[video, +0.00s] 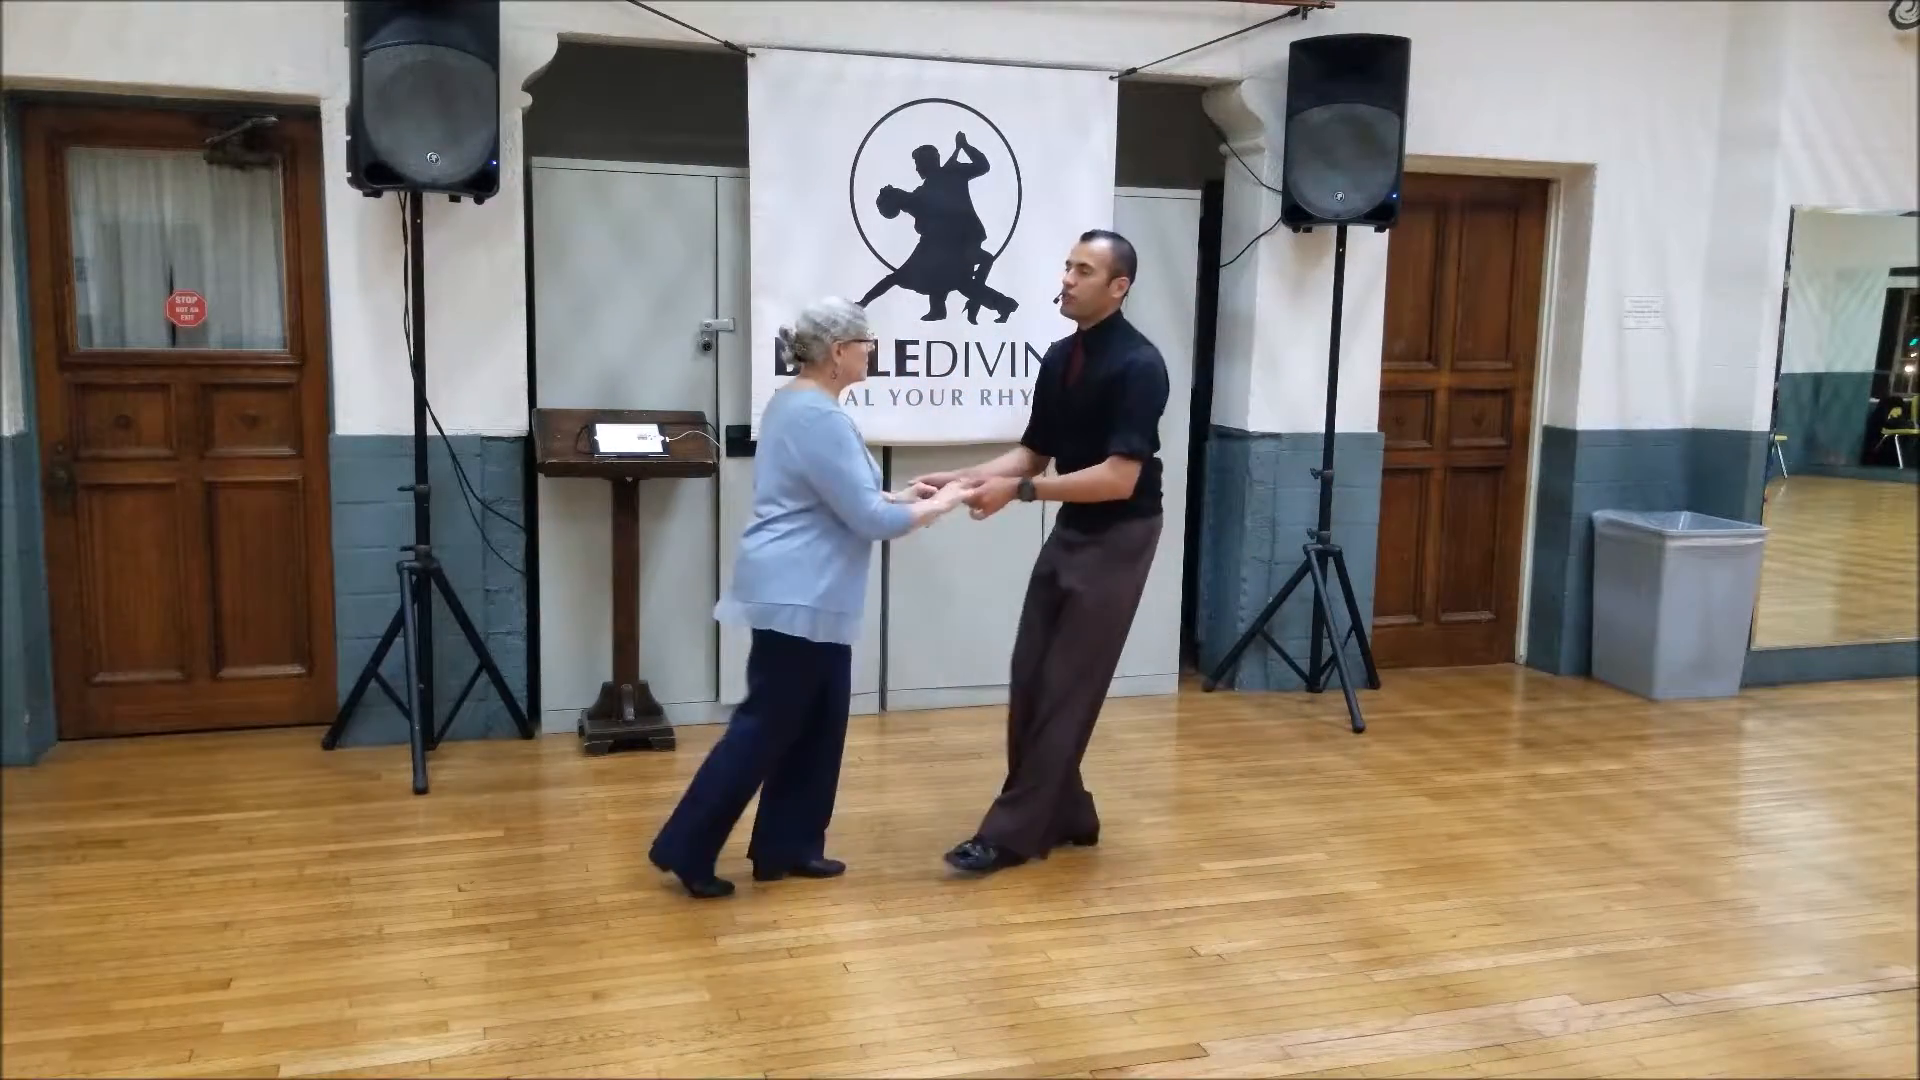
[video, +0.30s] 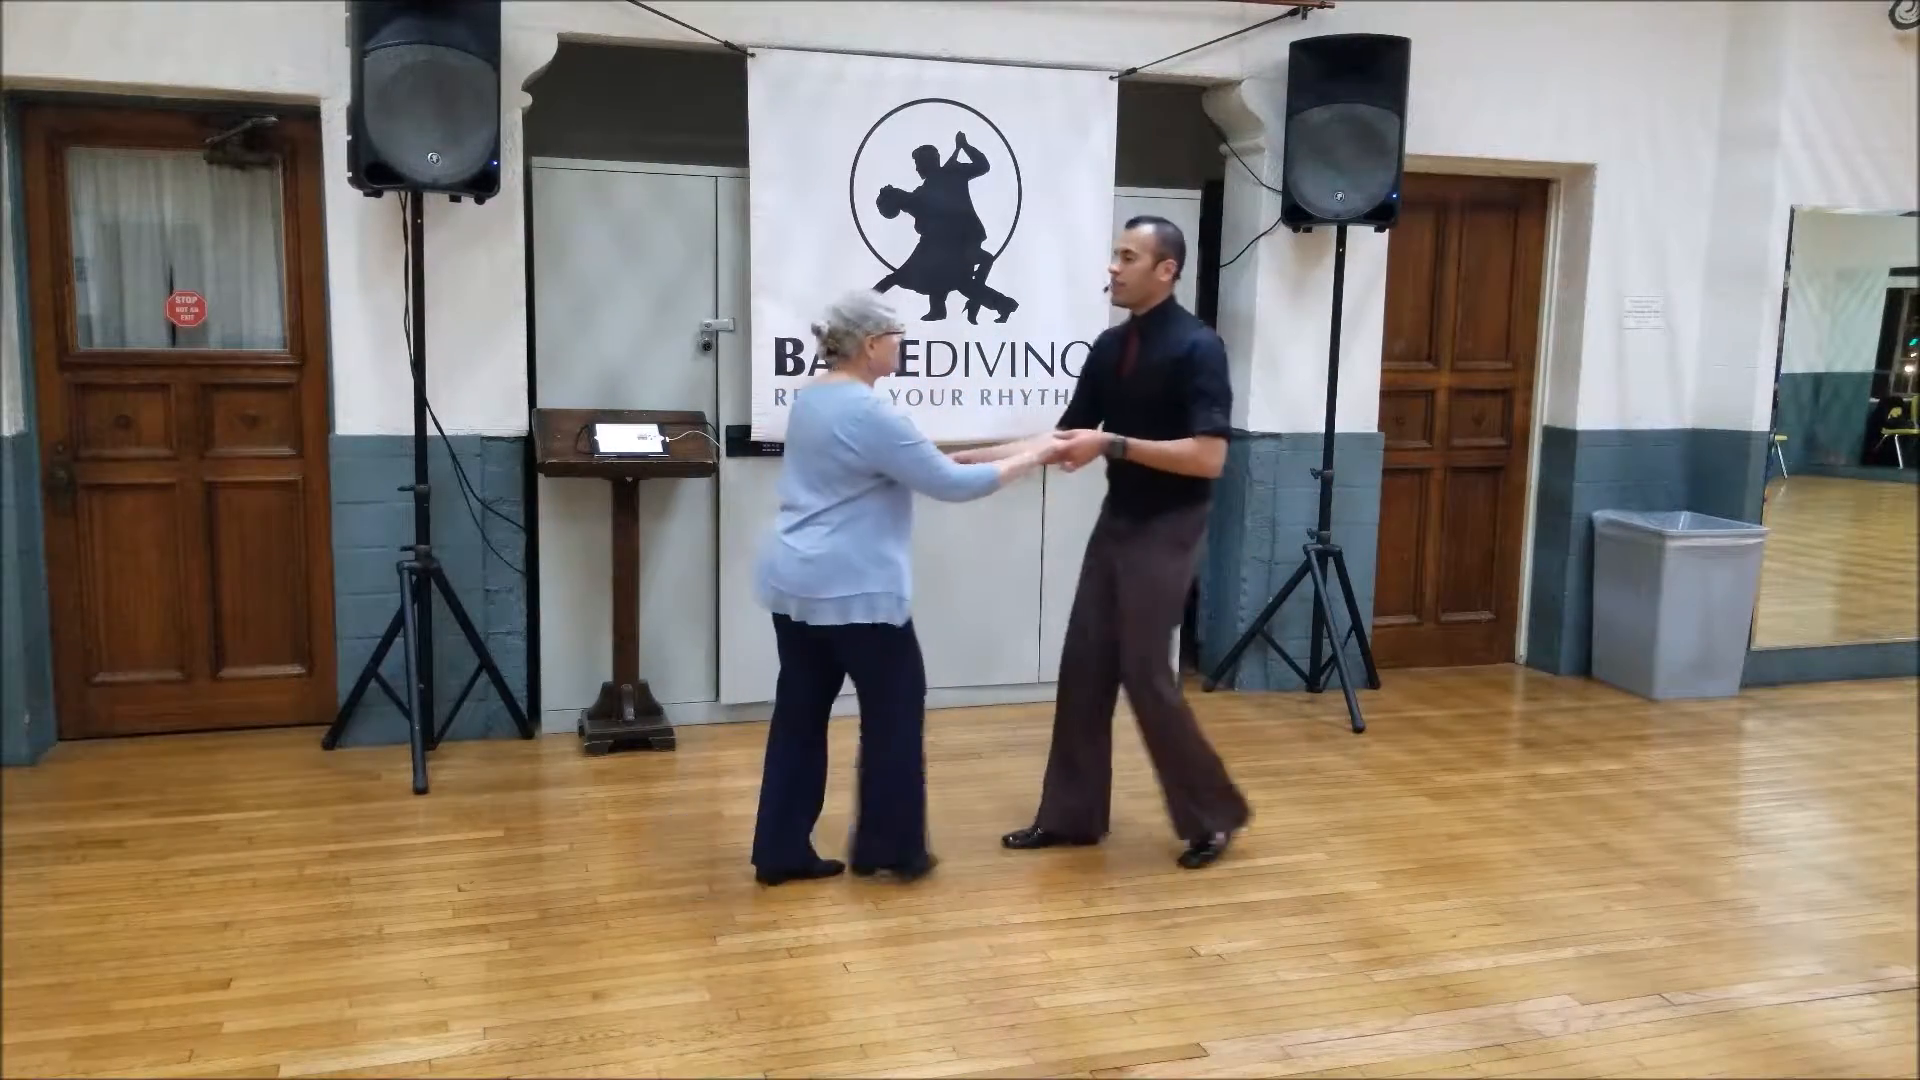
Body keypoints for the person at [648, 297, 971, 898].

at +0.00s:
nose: (872, 353)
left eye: (870, 344)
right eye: (865, 344)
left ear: (829, 351)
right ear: (835, 351)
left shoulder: (796, 406)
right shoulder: (818, 417)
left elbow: (848, 502)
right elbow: (870, 518)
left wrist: (909, 493)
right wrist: (932, 509)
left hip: (812, 594)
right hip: (800, 596)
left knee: (819, 723)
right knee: (770, 724)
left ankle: (785, 848)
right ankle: (685, 847)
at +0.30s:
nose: (900, 348)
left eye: (898, 338)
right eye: (893, 338)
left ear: (845, 343)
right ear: (864, 343)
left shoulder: (810, 400)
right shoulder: (870, 415)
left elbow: (911, 458)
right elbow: (953, 483)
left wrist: (1000, 451)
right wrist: (1032, 457)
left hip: (795, 586)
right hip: (860, 591)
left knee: (798, 717)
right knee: (897, 707)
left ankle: (781, 852)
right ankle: (889, 847)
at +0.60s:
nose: (956, 352)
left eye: (955, 341)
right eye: (950, 342)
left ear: (909, 347)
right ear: (921, 347)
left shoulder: (873, 406)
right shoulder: (923, 418)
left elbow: (947, 487)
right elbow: (983, 505)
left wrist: (1021, 488)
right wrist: (1051, 503)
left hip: (872, 583)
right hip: (920, 589)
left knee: (903, 699)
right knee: (926, 719)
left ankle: (842, 801)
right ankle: (915, 846)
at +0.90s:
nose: (1007, 340)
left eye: (1004, 331)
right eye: (997, 332)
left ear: (970, 345)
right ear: (965, 343)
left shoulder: (987, 409)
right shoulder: (931, 410)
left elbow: (1039, 454)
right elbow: (967, 510)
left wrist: (1119, 454)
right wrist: (1048, 508)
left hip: (978, 594)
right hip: (927, 594)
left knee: (1000, 715)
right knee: (921, 723)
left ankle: (1014, 825)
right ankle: (906, 842)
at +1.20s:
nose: (1043, 350)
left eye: (1041, 341)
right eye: (1035, 342)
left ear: (1004, 353)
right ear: (1007, 352)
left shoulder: (1008, 416)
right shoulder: (975, 421)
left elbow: (1054, 489)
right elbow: (1035, 510)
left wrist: (1110, 477)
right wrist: (1100, 481)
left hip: (1020, 588)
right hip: (983, 590)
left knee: (1039, 703)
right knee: (1026, 707)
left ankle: (1019, 832)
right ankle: (944, 820)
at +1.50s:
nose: (1024, 350)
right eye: (1025, 342)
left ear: (966, 341)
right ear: (1022, 346)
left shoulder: (927, 406)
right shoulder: (1039, 413)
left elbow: (909, 479)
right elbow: (1121, 412)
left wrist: (965, 467)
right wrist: (1096, 344)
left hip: (932, 595)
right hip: (1015, 599)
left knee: (954, 724)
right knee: (1004, 727)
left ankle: (974, 859)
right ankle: (985, 872)